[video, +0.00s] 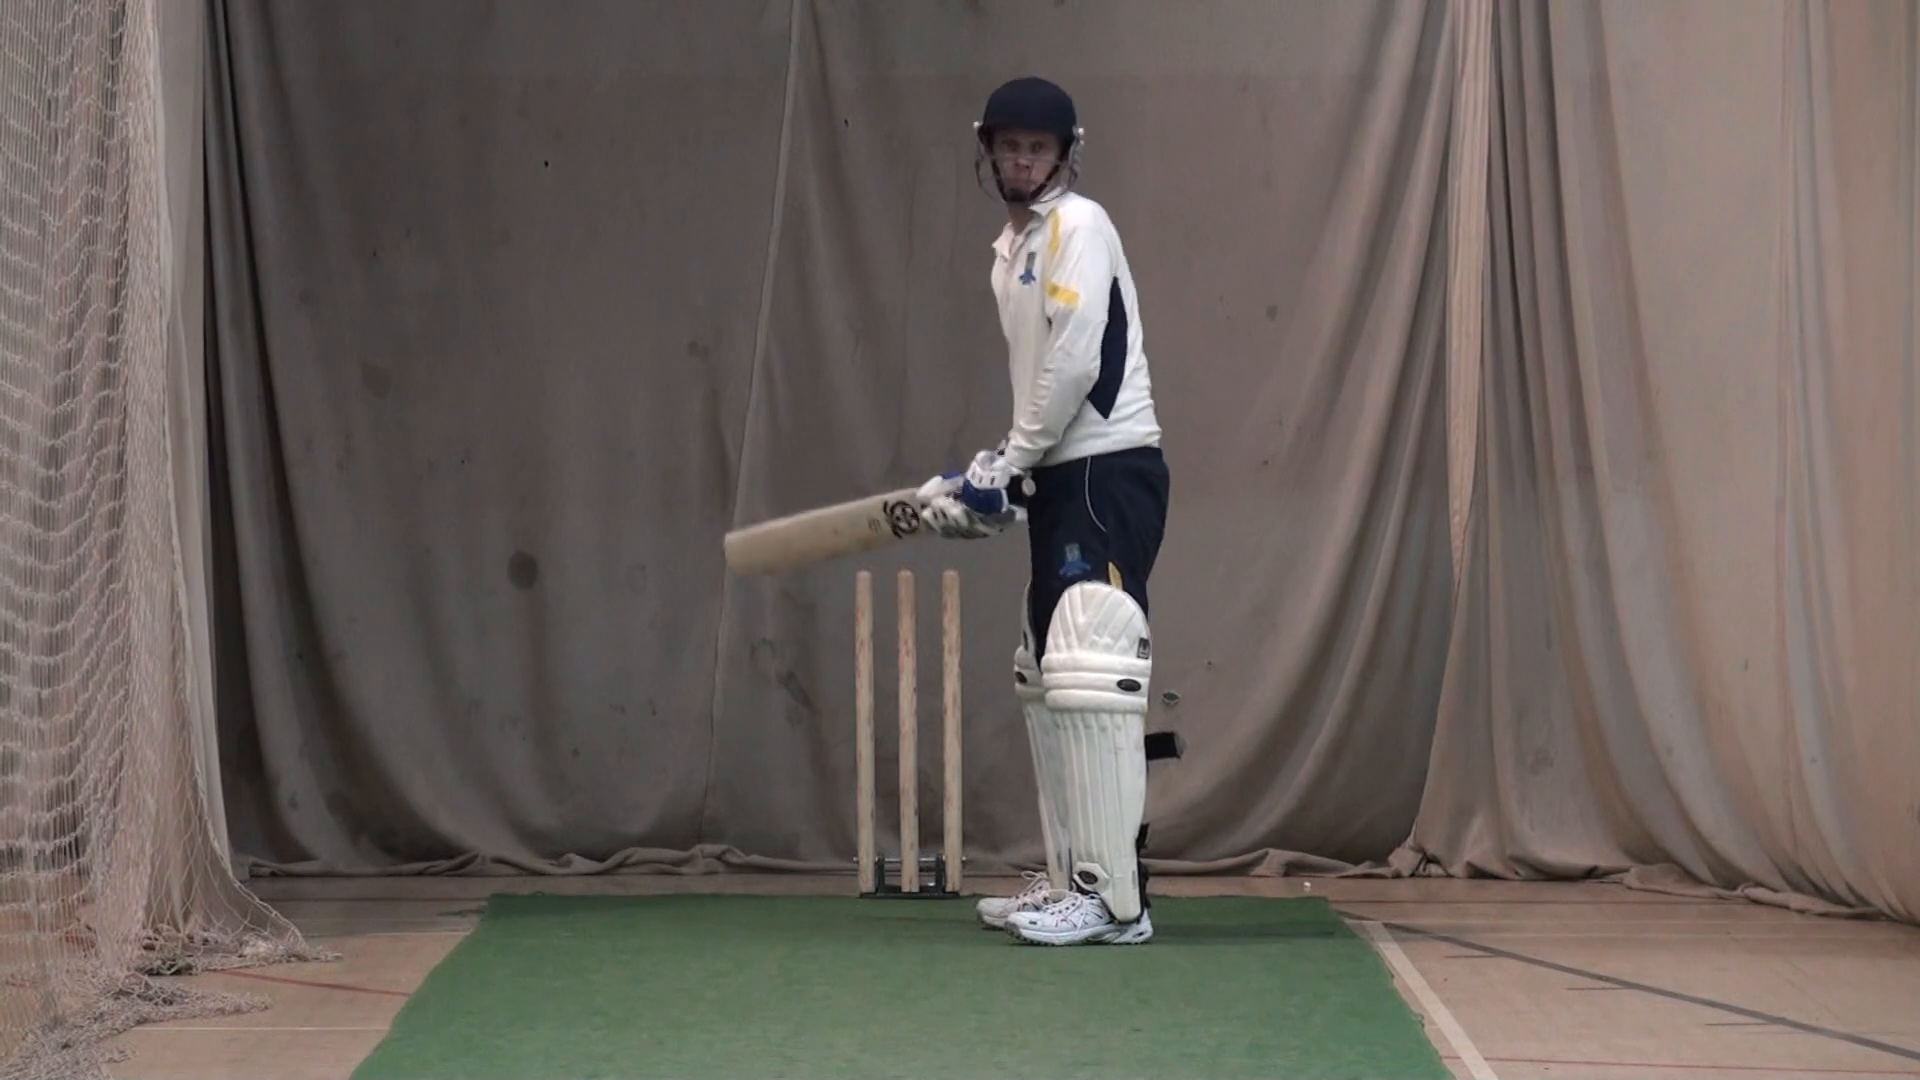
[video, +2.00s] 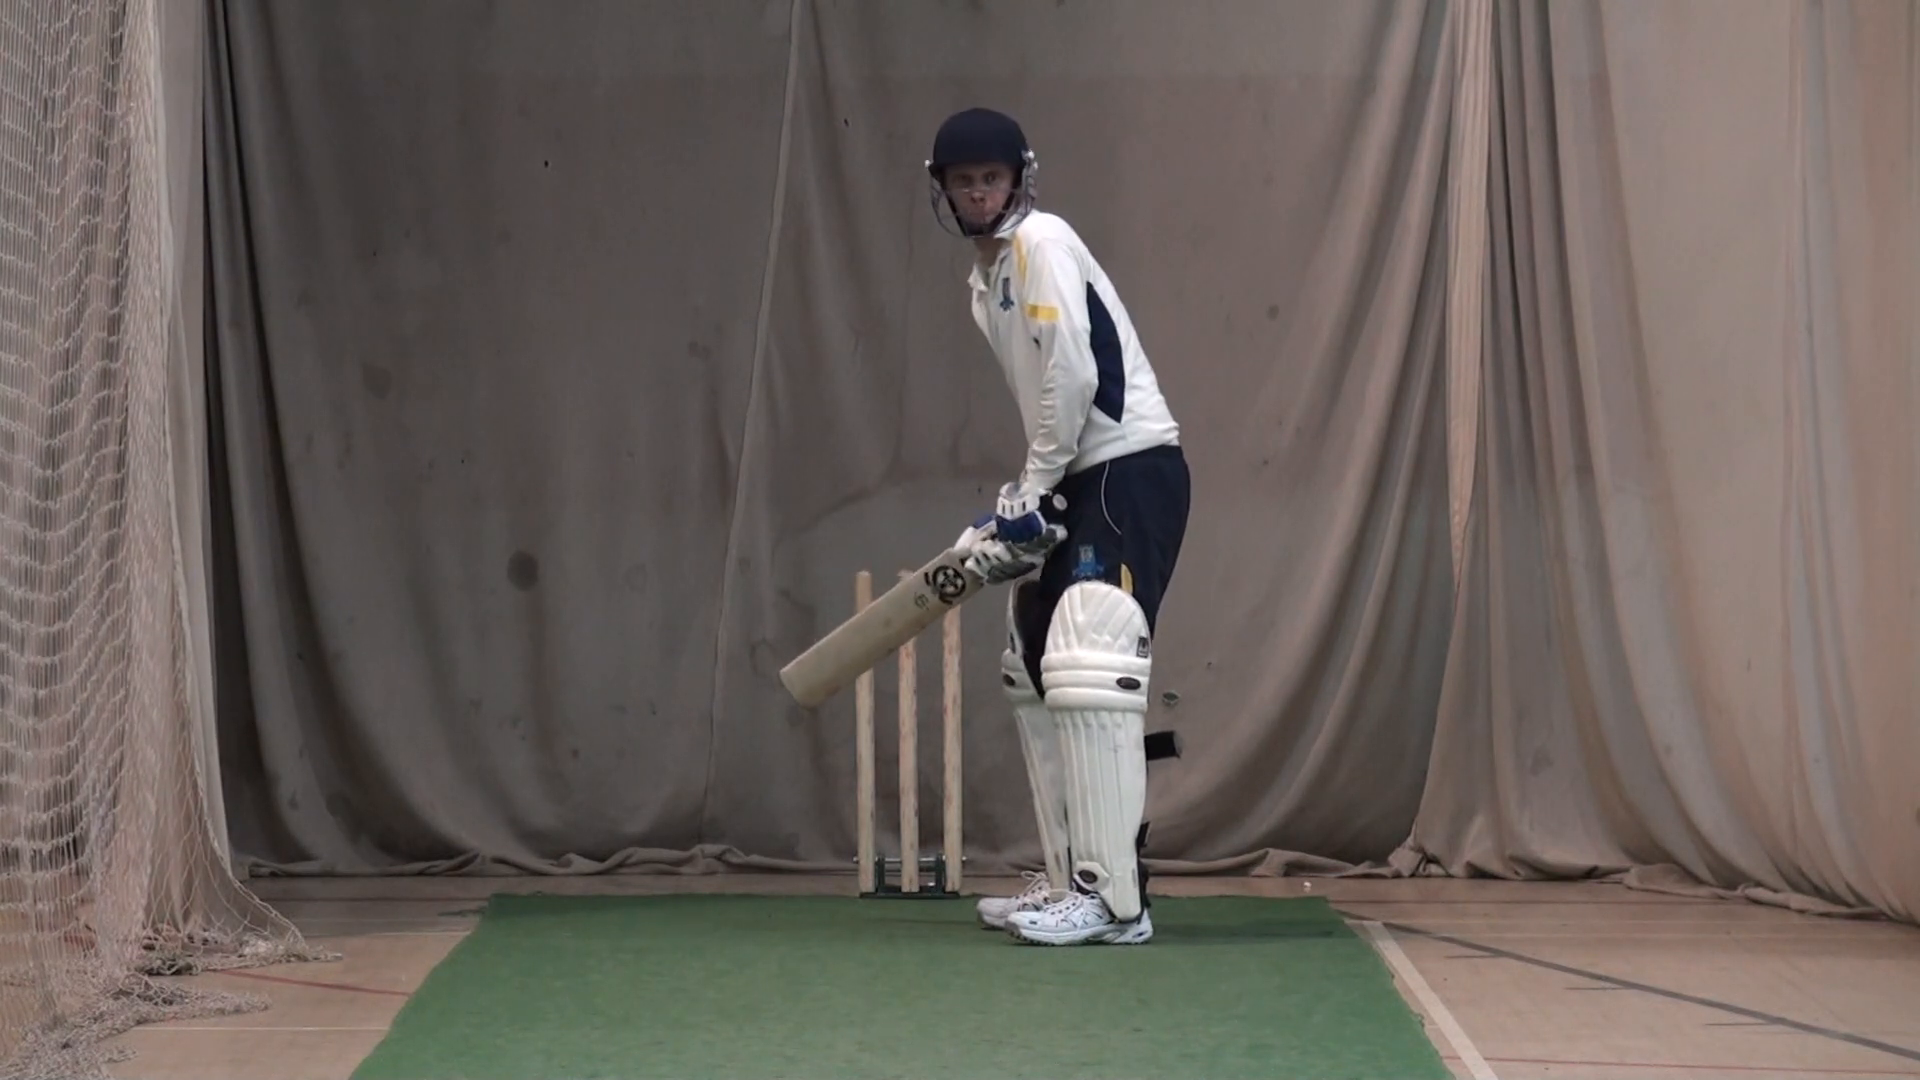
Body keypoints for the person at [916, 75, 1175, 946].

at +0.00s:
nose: (1021, 161)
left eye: (1038, 147)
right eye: (1007, 146)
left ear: (1065, 153)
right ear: (988, 153)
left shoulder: (1077, 225)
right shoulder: (1010, 250)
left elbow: (1075, 366)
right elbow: (1035, 385)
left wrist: (1003, 467)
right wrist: (984, 480)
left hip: (1105, 473)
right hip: (1058, 478)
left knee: (1093, 677)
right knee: (1050, 676)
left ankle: (1113, 897)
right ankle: (1073, 879)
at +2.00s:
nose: (977, 196)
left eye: (992, 180)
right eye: (961, 183)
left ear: (1020, 180)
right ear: (942, 191)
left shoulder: (1039, 244)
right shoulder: (989, 278)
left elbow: (1071, 376)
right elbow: (1041, 405)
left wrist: (1033, 493)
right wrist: (1014, 516)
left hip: (1129, 470)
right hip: (1077, 481)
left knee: (1089, 671)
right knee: (1033, 673)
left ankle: (1113, 897)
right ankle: (1074, 881)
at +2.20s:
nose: (975, 198)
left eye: (989, 183)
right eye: (959, 185)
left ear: (1015, 185)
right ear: (938, 193)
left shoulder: (1036, 250)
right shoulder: (979, 286)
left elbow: (1071, 387)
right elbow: (1045, 409)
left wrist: (1026, 500)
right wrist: (998, 510)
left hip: (1135, 466)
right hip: (1080, 478)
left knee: (1089, 662)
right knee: (1039, 667)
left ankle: (1115, 895)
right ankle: (1076, 881)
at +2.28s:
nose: (968, 210)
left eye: (982, 194)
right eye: (951, 198)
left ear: (1008, 196)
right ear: (930, 206)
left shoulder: (1028, 263)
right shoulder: (968, 299)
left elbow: (1062, 405)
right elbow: (1037, 423)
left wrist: (1022, 525)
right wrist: (995, 532)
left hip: (1142, 466)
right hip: (1082, 478)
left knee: (1083, 662)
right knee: (1043, 670)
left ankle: (1121, 894)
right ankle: (1078, 881)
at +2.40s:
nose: (951, 244)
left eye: (964, 227)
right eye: (934, 231)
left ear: (989, 227)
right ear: (913, 239)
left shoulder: (1011, 292)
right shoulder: (960, 331)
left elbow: (1051, 429)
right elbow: (1019, 455)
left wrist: (1036, 560)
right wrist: (1021, 576)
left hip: (1154, 473)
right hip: (1093, 486)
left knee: (1093, 670)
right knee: (1041, 669)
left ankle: (1124, 899)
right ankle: (1079, 885)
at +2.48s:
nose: (935, 269)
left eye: (948, 251)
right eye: (919, 256)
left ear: (974, 250)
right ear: (900, 264)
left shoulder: (1006, 312)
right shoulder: (951, 360)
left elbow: (1055, 447)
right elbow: (1009, 478)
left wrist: (1051, 574)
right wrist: (1033, 587)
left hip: (1163, 480)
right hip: (1096, 496)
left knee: (1104, 678)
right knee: (1045, 676)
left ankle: (1123, 899)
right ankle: (1077, 884)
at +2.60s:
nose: (926, 289)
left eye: (940, 272)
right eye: (910, 277)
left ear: (965, 271)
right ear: (892, 287)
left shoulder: (1003, 329)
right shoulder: (942, 382)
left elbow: (1057, 456)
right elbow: (1007, 491)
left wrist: (1054, 583)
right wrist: (1036, 593)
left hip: (1169, 485)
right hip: (1101, 502)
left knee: (1110, 684)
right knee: (1060, 683)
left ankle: (1125, 898)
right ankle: (1083, 885)